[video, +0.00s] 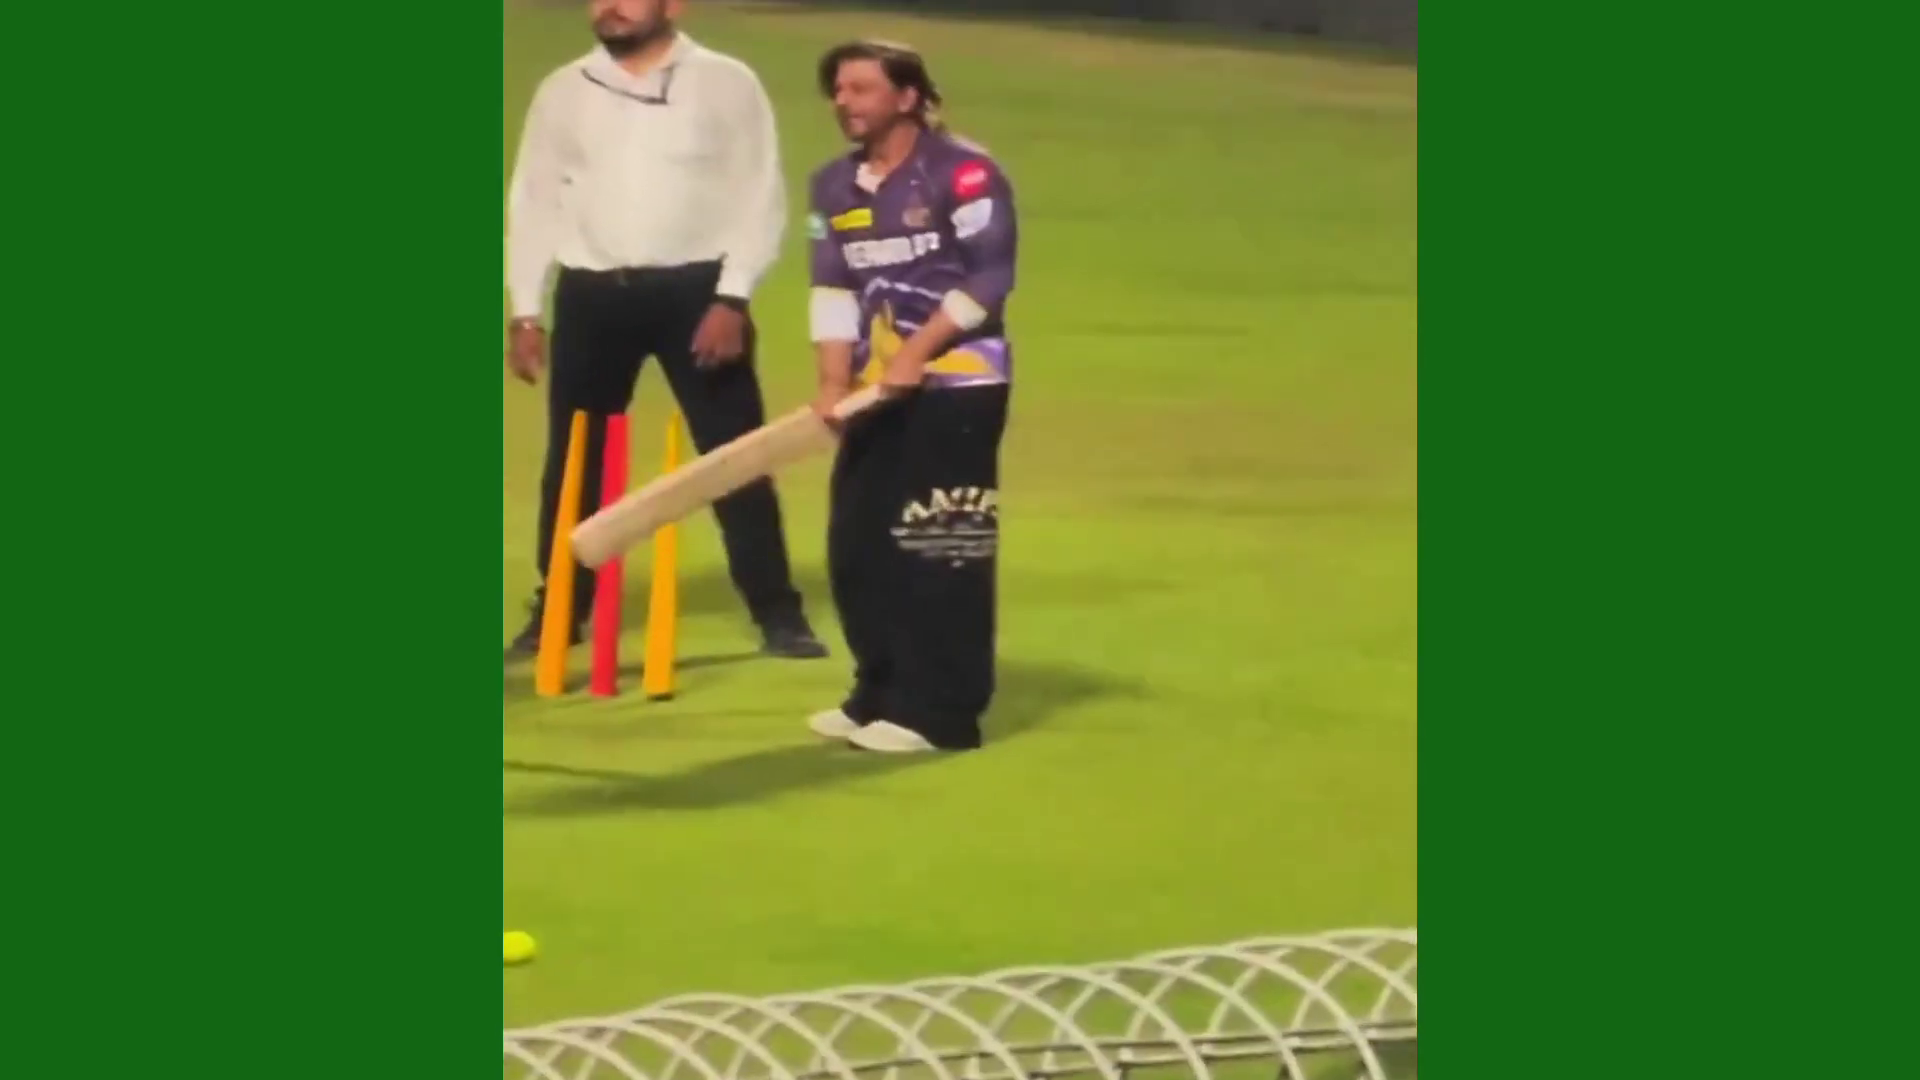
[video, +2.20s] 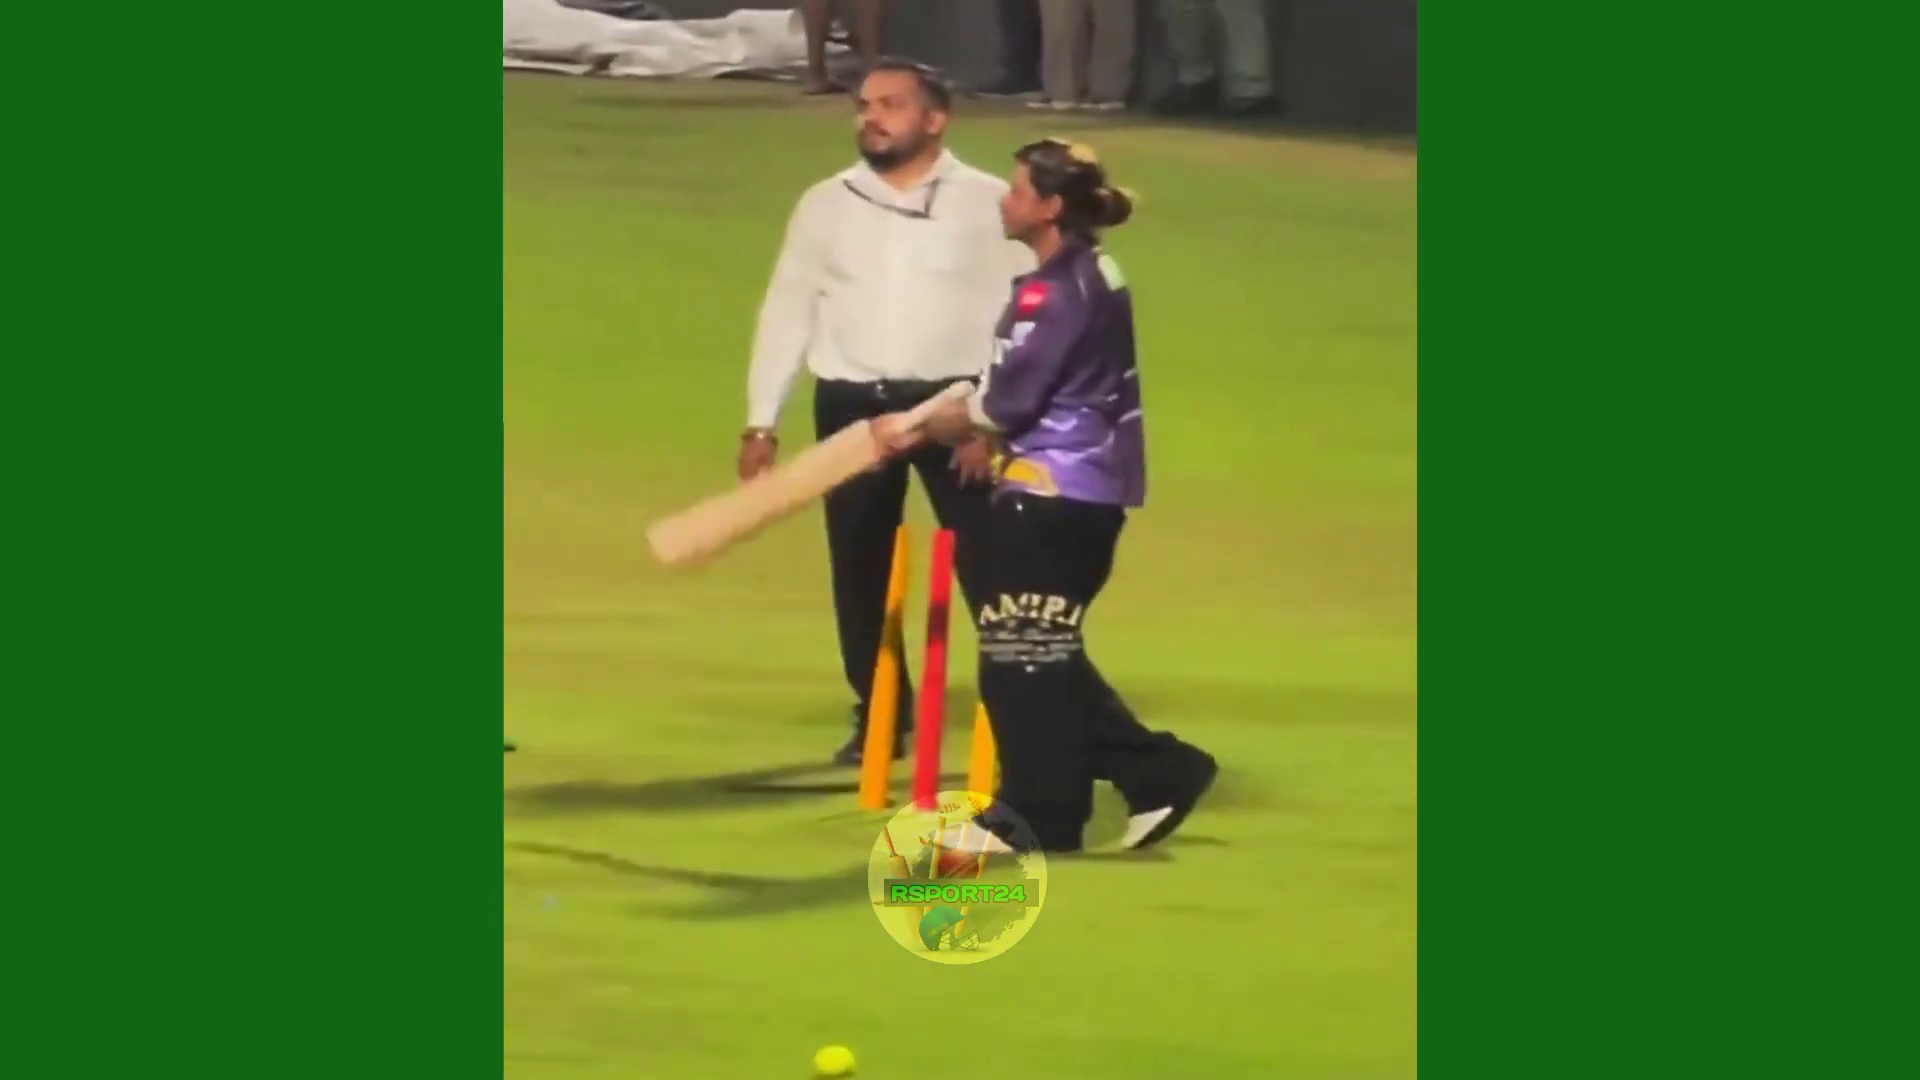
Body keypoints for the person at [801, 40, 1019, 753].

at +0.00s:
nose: (845, 102)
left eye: (860, 89)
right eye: (839, 92)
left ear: (908, 96)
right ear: (836, 103)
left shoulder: (967, 172)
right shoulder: (833, 185)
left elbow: (990, 281)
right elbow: (832, 295)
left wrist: (915, 351)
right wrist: (833, 383)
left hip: (958, 385)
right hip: (879, 389)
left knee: (941, 546)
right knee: (856, 541)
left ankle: (942, 713)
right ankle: (879, 692)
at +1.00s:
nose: (923, 113)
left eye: (939, 102)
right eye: (921, 102)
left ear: (985, 113)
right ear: (922, 115)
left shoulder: (1023, 188)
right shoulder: (928, 211)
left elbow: (1030, 302)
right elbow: (925, 322)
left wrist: (977, 381)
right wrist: (882, 419)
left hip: (999, 394)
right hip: (941, 394)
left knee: (956, 554)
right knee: (930, 554)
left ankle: (989, 725)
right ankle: (971, 718)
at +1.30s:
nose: (971, 146)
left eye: (987, 134)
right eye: (971, 134)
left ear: (1036, 145)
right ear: (1009, 149)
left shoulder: (1066, 221)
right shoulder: (997, 233)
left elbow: (1075, 332)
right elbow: (1007, 337)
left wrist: (1032, 417)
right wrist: (986, 424)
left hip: (1043, 437)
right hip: (1006, 435)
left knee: (958, 581)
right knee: (1023, 600)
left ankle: (917, 749)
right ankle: (1061, 756)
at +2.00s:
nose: (982, 196)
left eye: (992, 186)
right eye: (988, 183)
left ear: (1028, 201)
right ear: (1034, 201)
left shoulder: (1043, 285)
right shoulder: (1064, 270)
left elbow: (1014, 402)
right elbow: (1027, 395)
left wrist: (963, 441)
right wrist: (974, 444)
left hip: (1048, 487)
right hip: (1074, 487)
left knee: (1006, 649)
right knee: (1052, 649)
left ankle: (1001, 813)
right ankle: (1156, 786)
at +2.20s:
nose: (1005, 197)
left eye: (1016, 189)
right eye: (1011, 186)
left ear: (1048, 207)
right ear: (1059, 207)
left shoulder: (1055, 292)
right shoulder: (1090, 274)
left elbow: (1004, 403)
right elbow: (1014, 382)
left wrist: (918, 425)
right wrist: (982, 431)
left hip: (1052, 493)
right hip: (1080, 490)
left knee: (1026, 657)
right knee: (1037, 653)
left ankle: (1038, 817)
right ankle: (1158, 774)